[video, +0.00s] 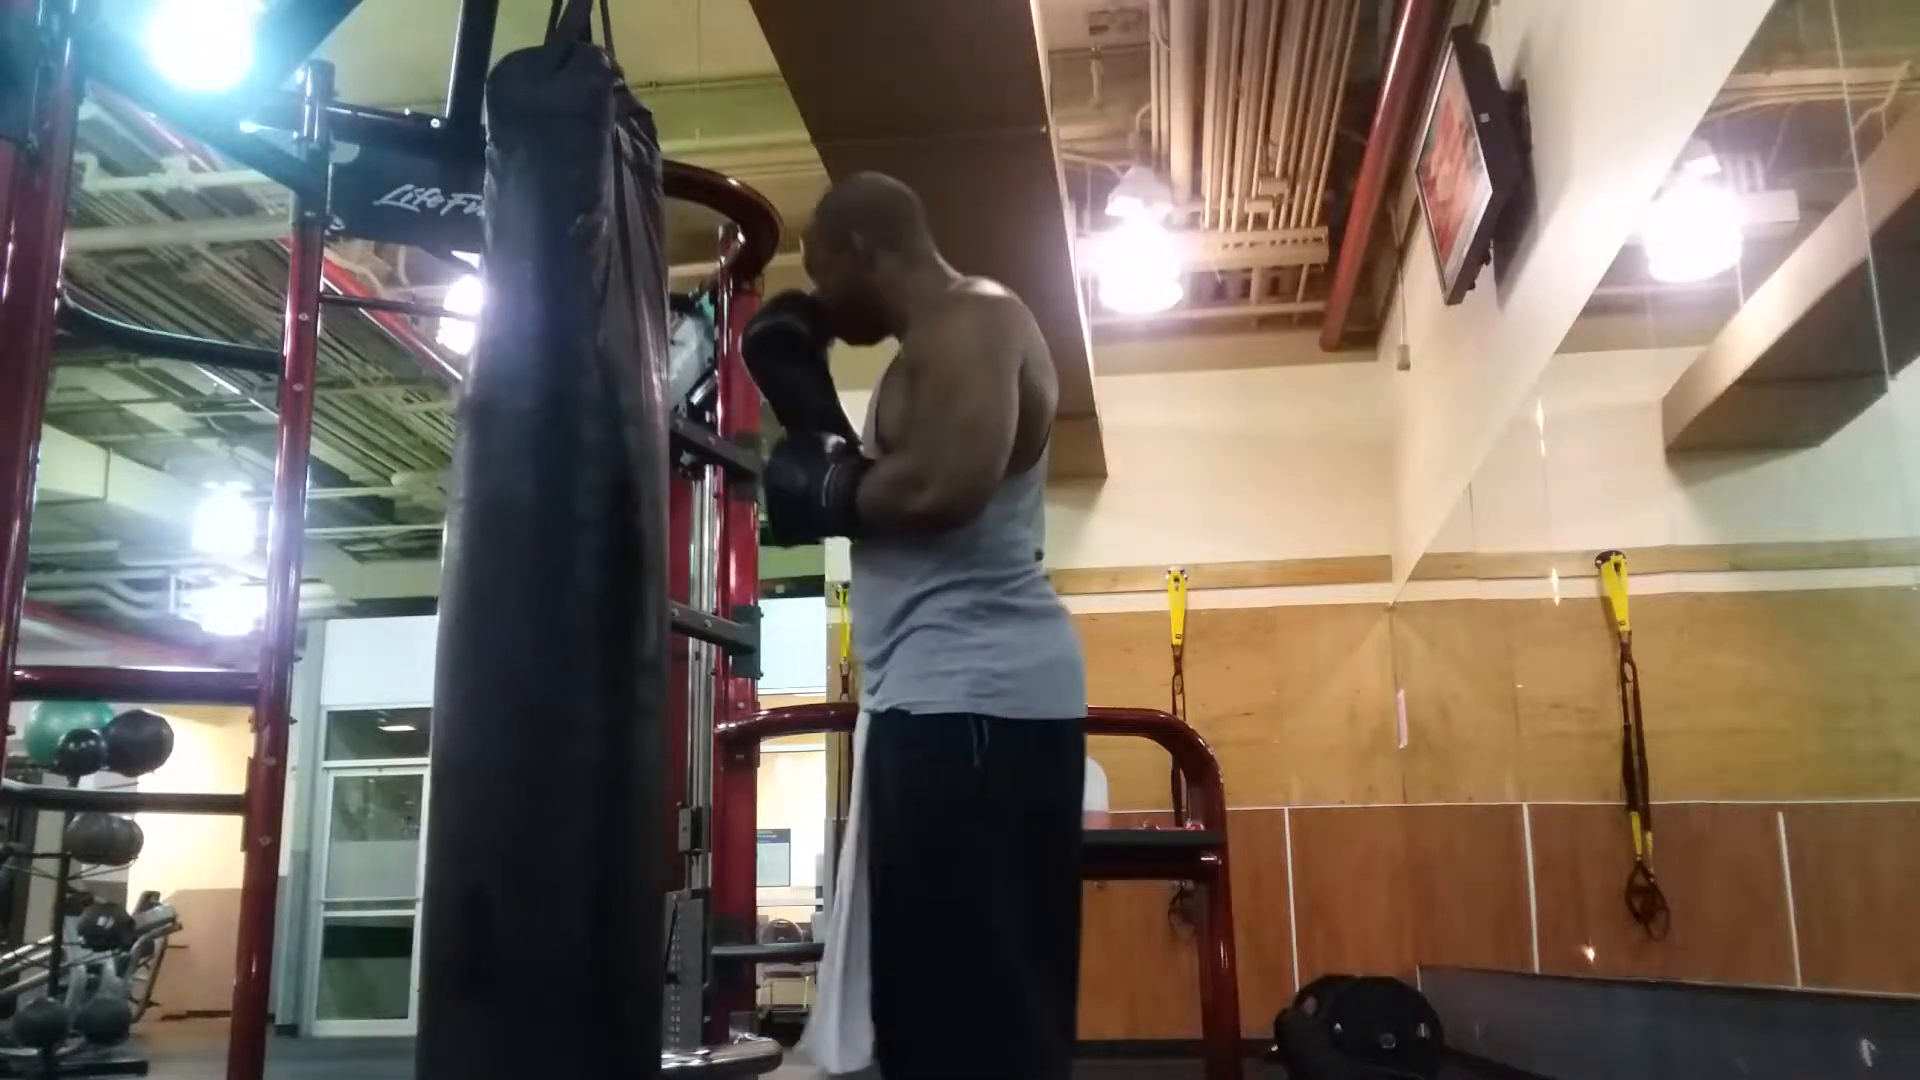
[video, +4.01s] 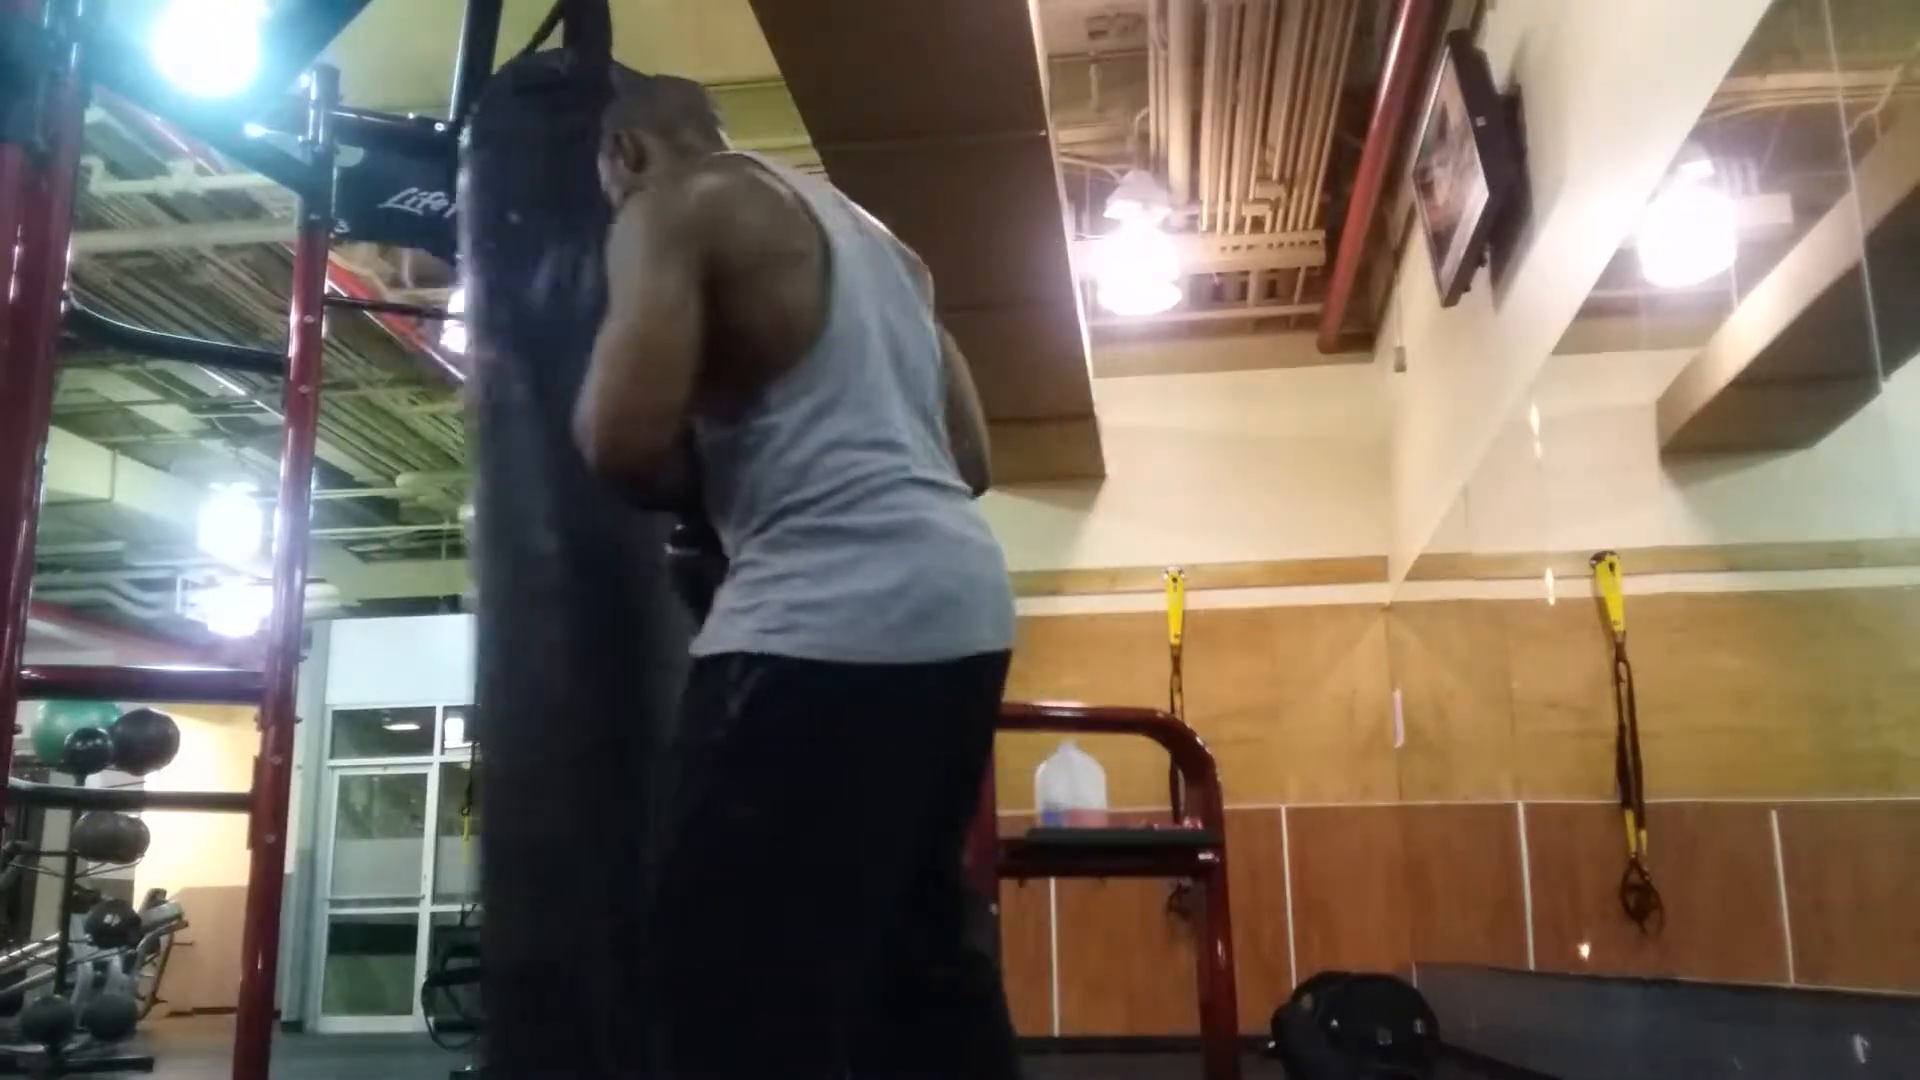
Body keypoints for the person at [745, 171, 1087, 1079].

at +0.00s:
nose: (816, 292)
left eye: (819, 270)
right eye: (812, 273)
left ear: (860, 255)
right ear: (899, 249)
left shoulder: (968, 319)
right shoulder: (921, 357)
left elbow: (943, 486)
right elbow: (867, 494)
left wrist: (828, 484)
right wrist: (808, 396)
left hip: (975, 700)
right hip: (935, 699)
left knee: (964, 1011)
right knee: (936, 1007)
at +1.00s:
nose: (781, 317)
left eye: (787, 290)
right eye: (777, 296)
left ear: (843, 266)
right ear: (875, 262)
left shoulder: (885, 319)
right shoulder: (997, 357)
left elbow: (848, 471)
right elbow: (1007, 540)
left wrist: (765, 515)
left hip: (937, 699)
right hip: (1009, 690)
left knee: (942, 1003)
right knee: (1006, 993)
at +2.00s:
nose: (730, 310)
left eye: (744, 285)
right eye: (731, 292)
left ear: (812, 288)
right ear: (814, 294)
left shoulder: (868, 349)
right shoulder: (822, 397)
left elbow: (873, 474)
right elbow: (884, 576)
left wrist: (765, 505)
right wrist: (789, 639)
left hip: (922, 696)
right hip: (884, 697)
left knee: (921, 988)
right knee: (896, 984)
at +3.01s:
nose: (873, 231)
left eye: (874, 205)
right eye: (870, 209)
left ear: (909, 179)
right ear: (982, 182)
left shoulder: (944, 259)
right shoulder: (1091, 295)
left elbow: (863, 452)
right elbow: (1144, 515)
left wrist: (920, 527)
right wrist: (951, 551)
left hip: (1021, 689)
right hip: (1139, 681)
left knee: (1010, 1023)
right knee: (1133, 1010)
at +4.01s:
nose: (616, 200)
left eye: (612, 182)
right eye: (614, 186)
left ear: (629, 153)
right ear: (717, 133)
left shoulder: (674, 206)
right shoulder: (876, 238)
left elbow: (620, 437)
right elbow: (966, 459)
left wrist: (703, 485)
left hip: (822, 625)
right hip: (960, 620)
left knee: (724, 968)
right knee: (911, 943)